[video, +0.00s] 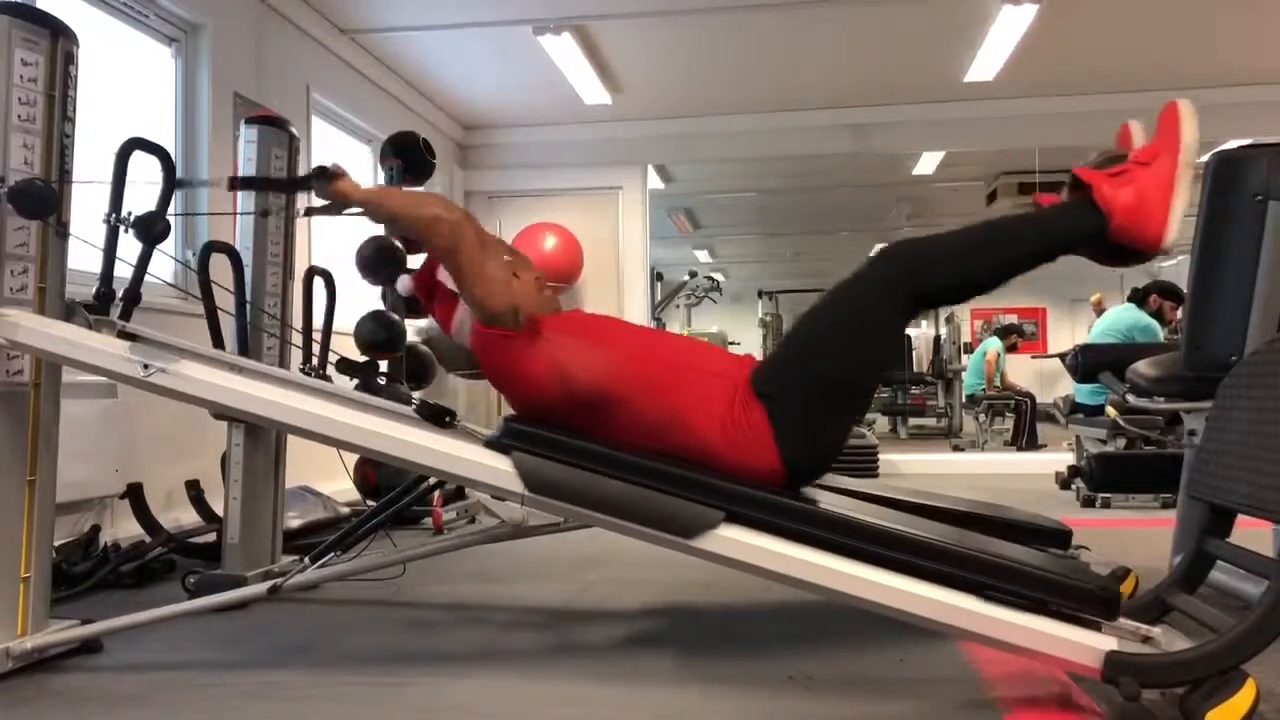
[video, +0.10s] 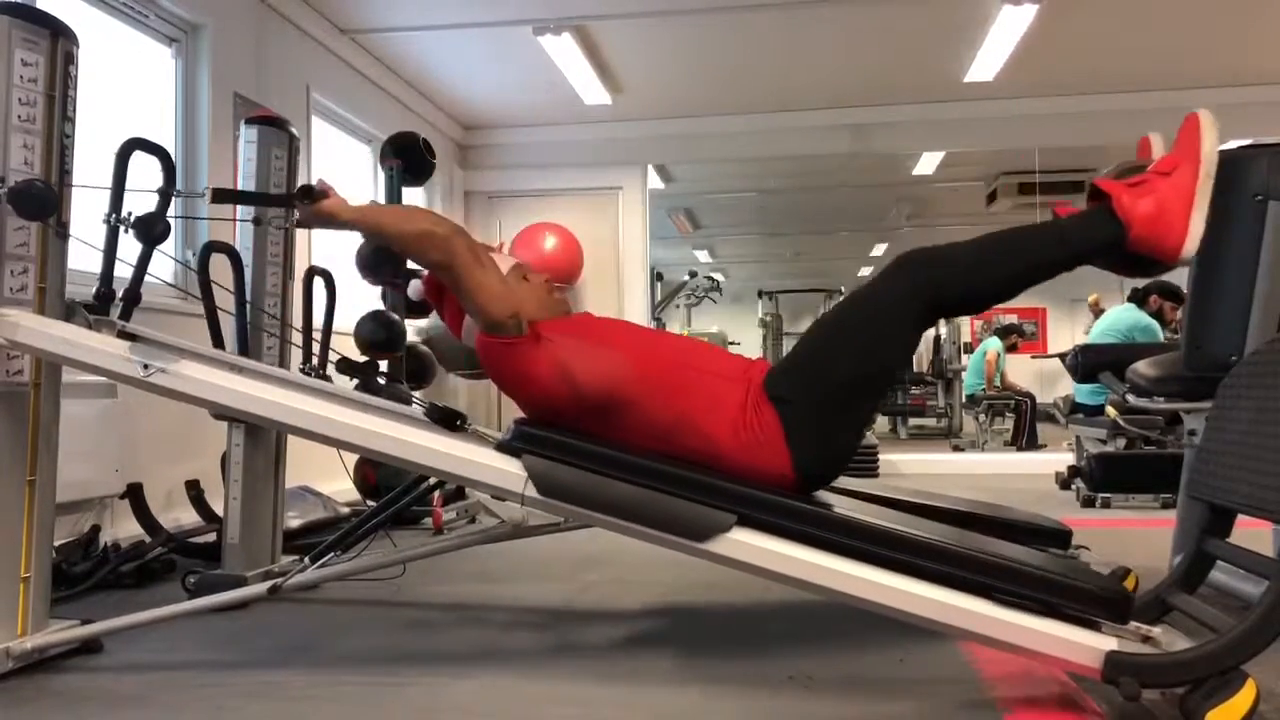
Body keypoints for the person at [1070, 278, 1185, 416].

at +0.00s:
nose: (1175, 318)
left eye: (1177, 311)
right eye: (1173, 309)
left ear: (1153, 301)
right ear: (1154, 301)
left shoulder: (1116, 312)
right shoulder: (1147, 325)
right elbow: (1159, 371)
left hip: (1083, 397)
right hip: (1104, 401)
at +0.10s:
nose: (1175, 318)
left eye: (1177, 311)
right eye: (1173, 309)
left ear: (1154, 301)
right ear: (1154, 301)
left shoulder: (1117, 311)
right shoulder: (1147, 325)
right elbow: (1160, 371)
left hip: (1082, 397)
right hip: (1102, 401)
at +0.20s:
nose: (1175, 318)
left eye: (1177, 311)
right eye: (1173, 309)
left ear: (1154, 302)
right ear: (1154, 302)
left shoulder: (1112, 312)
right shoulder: (1147, 325)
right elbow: (1159, 370)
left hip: (1082, 397)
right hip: (1105, 402)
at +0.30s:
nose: (1175, 318)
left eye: (1177, 311)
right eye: (1173, 309)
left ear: (1154, 302)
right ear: (1154, 301)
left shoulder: (1115, 312)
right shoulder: (1146, 325)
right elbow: (1161, 369)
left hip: (1083, 397)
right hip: (1104, 401)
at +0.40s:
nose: (1175, 318)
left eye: (1177, 311)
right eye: (1173, 309)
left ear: (1154, 302)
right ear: (1154, 302)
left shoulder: (1116, 312)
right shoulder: (1146, 324)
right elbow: (1161, 369)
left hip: (1083, 397)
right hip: (1103, 401)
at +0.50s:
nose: (1175, 319)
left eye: (1177, 312)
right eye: (1173, 310)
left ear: (1153, 302)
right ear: (1154, 302)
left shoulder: (1116, 312)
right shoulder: (1146, 325)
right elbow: (1160, 370)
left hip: (1083, 397)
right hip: (1102, 401)